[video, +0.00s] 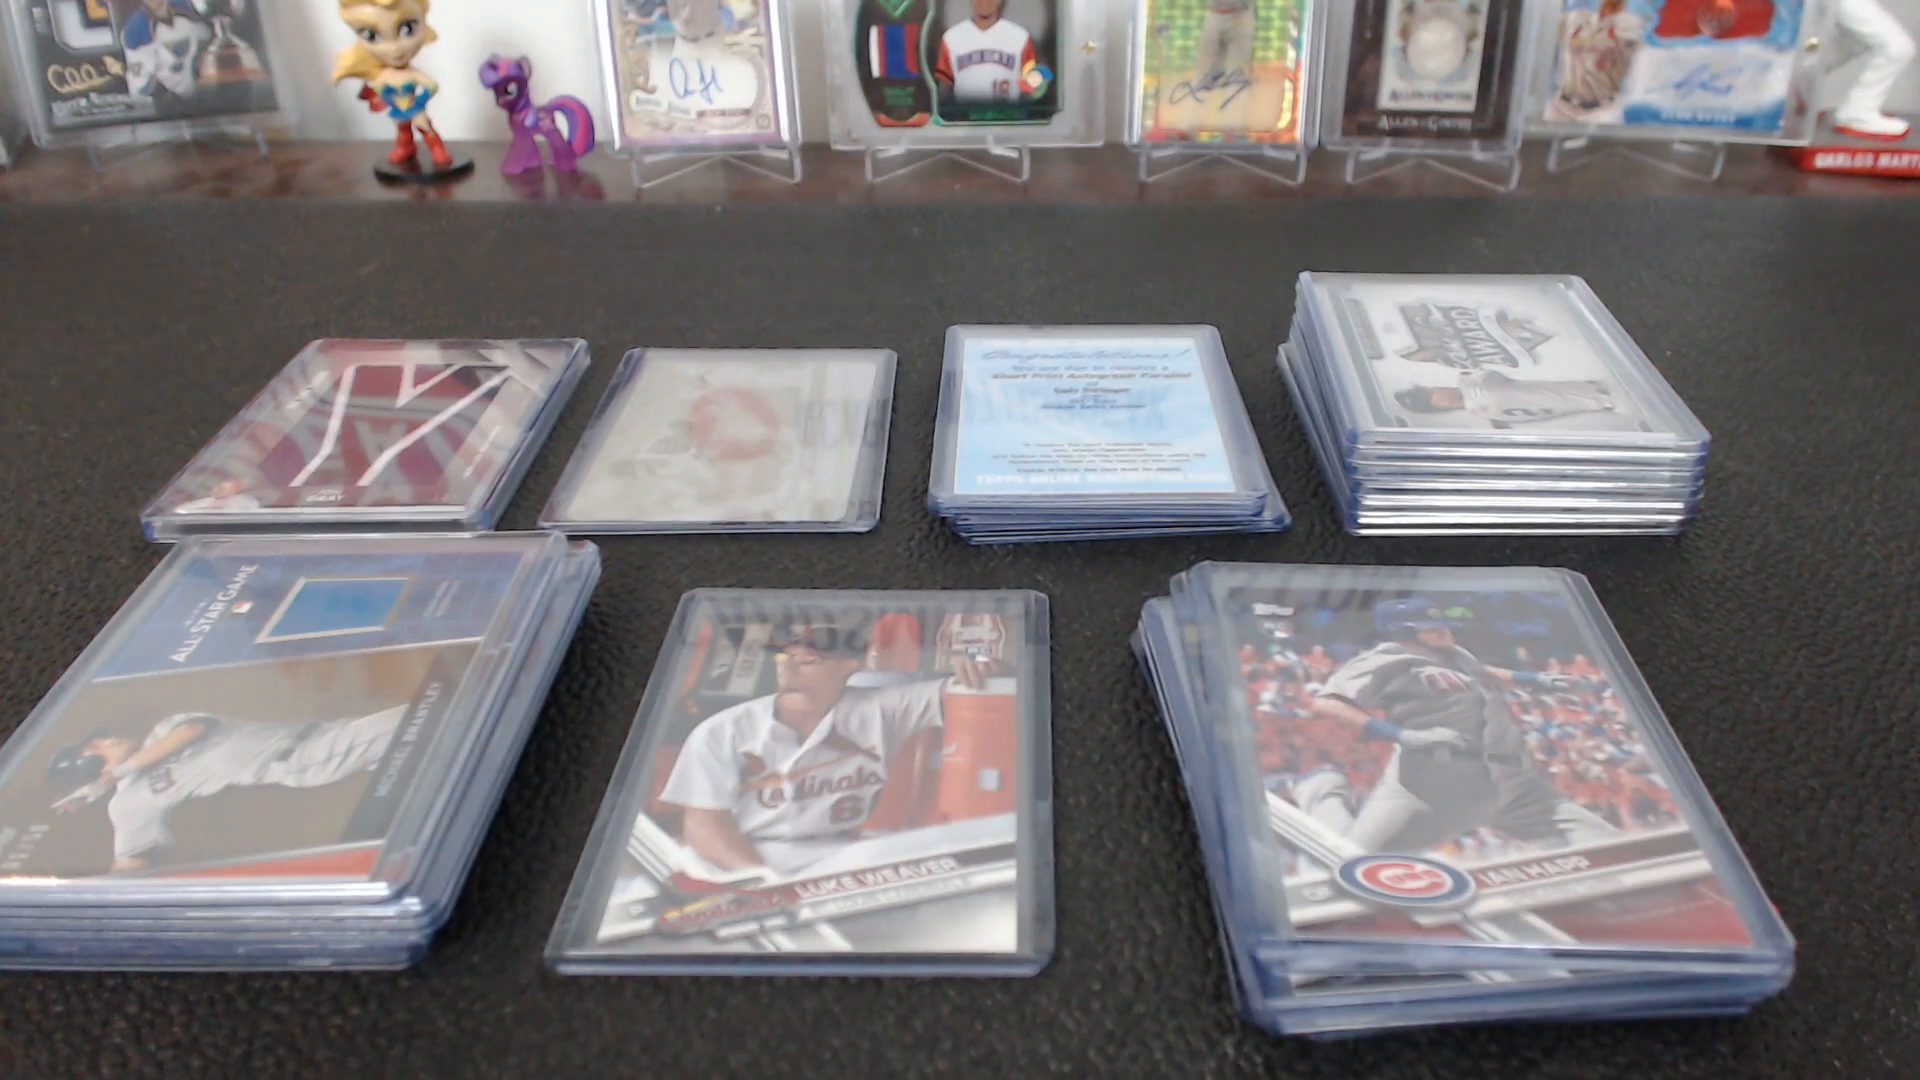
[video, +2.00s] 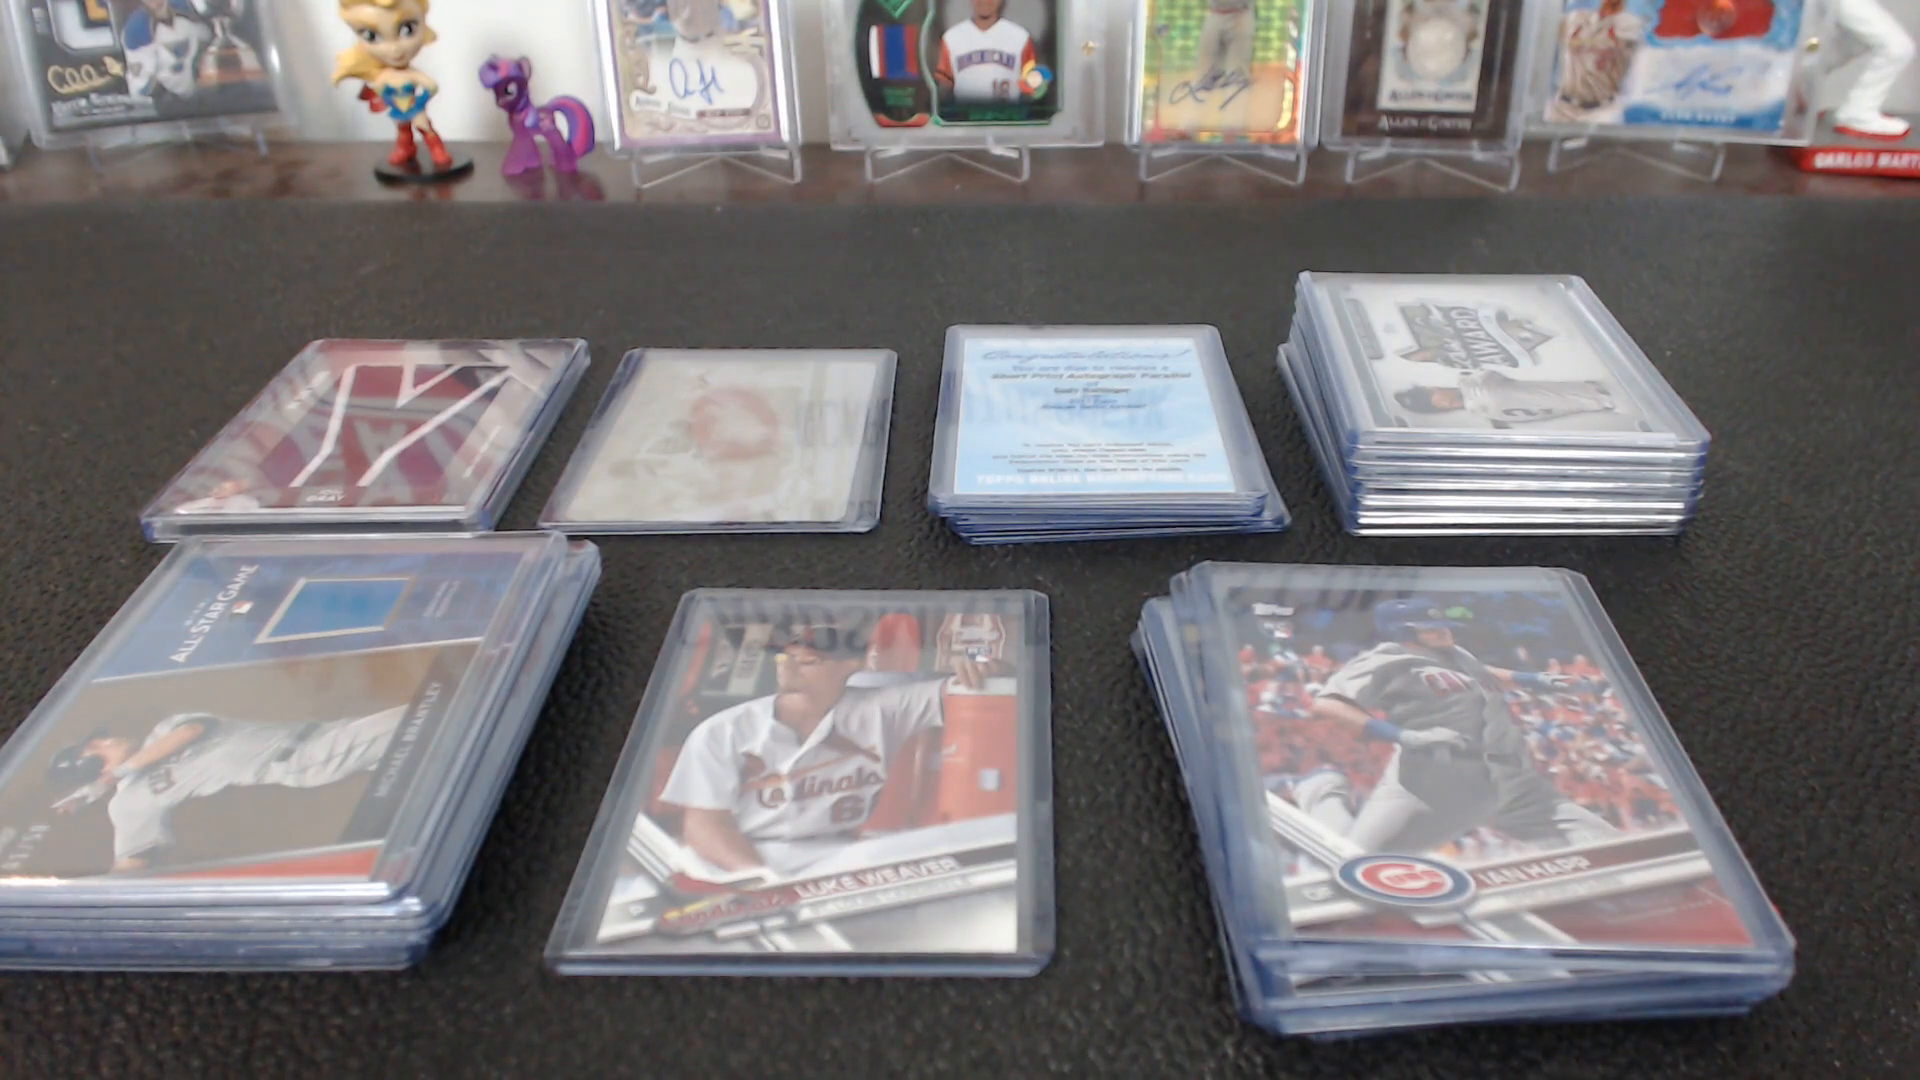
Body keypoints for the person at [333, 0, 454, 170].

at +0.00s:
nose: (393, 49)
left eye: (407, 29)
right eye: (371, 35)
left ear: (424, 26)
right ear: (357, 37)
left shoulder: (414, 75)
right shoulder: (378, 74)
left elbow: (427, 86)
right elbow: (369, 87)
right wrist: (375, 99)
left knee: (421, 122)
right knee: (401, 123)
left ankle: (437, 148)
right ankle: (405, 146)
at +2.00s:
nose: (394, 50)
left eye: (407, 30)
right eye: (371, 36)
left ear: (424, 27)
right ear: (357, 37)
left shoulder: (414, 74)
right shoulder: (377, 74)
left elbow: (426, 85)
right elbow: (370, 87)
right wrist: (375, 100)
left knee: (421, 121)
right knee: (401, 121)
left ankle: (436, 148)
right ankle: (405, 147)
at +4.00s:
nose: (394, 50)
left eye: (407, 30)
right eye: (372, 36)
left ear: (424, 29)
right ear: (359, 38)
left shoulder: (414, 75)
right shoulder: (379, 75)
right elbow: (370, 88)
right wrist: (375, 100)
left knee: (421, 122)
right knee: (401, 123)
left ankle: (437, 149)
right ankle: (405, 148)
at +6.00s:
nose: (394, 50)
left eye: (407, 30)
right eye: (372, 36)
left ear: (424, 29)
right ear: (359, 38)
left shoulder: (414, 75)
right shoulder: (379, 75)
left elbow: (427, 86)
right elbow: (370, 88)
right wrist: (374, 100)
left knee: (422, 123)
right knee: (401, 125)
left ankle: (437, 149)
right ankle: (405, 148)